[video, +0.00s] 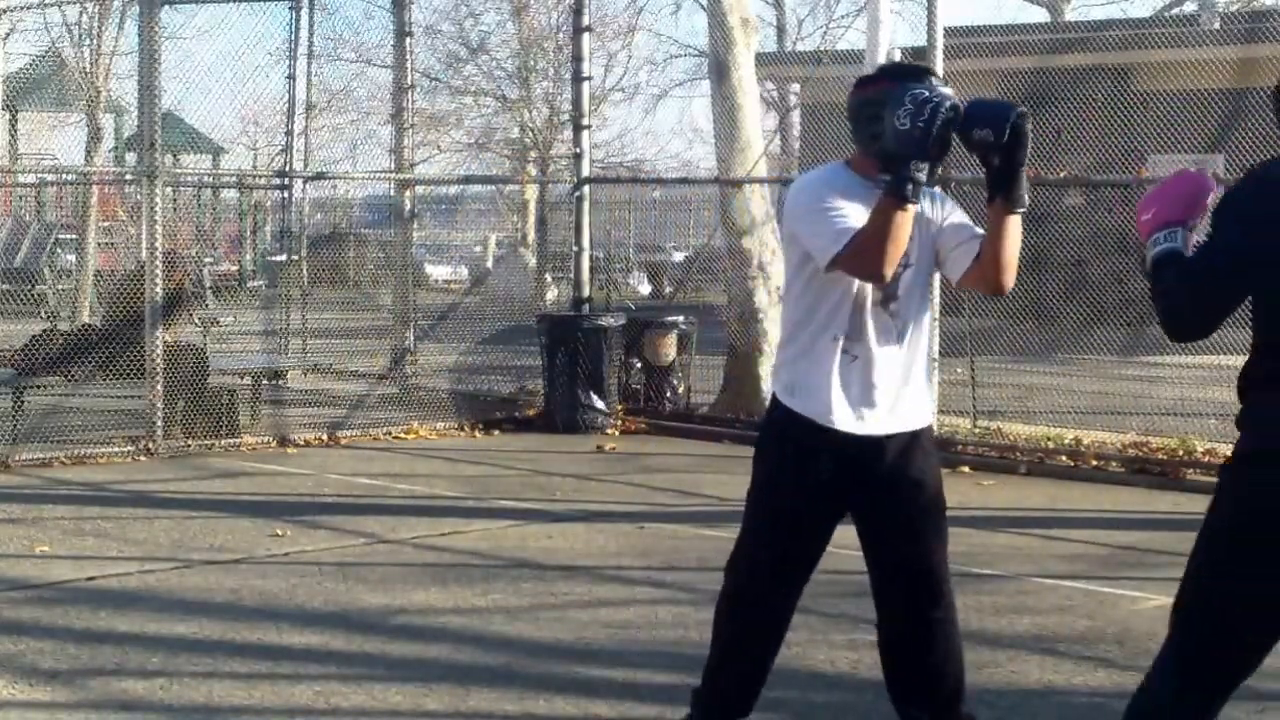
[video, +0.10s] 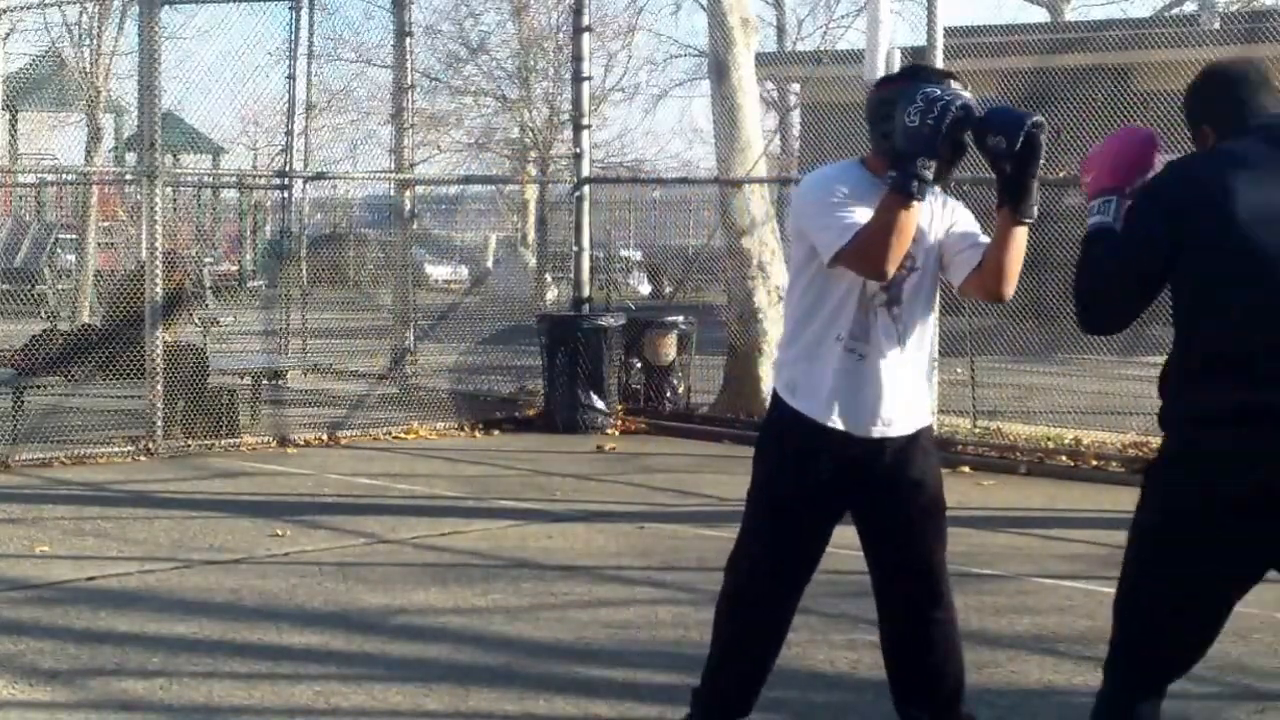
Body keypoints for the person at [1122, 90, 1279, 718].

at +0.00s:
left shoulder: (1266, 192)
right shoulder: (1262, 192)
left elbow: (1186, 315)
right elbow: (1189, 314)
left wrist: (1165, 234)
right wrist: (1180, 237)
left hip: (1268, 473)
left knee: (1192, 673)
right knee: (1193, 672)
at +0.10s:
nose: (1193, 143)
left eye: (1192, 131)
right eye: (1194, 133)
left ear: (1205, 131)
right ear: (1269, 116)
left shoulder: (1196, 185)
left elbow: (1100, 310)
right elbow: (1103, 309)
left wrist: (1103, 207)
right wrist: (1117, 207)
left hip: (1223, 460)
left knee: (1137, 670)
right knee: (1137, 667)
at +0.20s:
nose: (1116, 150)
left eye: (1114, 140)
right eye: (1118, 142)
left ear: (1124, 134)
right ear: (1194, 113)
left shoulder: (1117, 181)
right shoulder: (1269, 169)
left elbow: (1035, 299)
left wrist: (1060, 189)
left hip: (1148, 470)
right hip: (1264, 464)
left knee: (1111, 672)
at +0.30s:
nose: (1077, 140)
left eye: (1075, 130)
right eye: (1079, 133)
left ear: (1087, 124)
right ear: (1163, 102)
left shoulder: (1078, 174)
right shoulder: (1263, 166)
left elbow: (997, 295)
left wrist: (1004, 188)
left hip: (1108, 466)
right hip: (1235, 465)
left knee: (1091, 667)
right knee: (1273, 673)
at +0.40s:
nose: (1055, 130)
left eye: (1053, 119)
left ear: (1062, 115)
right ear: (1145, 96)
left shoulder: (1040, 172)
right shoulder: (1237, 174)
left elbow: (955, 309)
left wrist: (948, 229)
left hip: (1041, 484)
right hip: (1168, 493)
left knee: (1033, 673)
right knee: (1181, 701)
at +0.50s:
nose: (1006, 122)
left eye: (1007, 113)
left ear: (1014, 114)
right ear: (1103, 111)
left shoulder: (964, 179)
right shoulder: (1165, 177)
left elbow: (887, 296)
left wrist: (849, 250)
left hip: (969, 479)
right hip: (1092, 490)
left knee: (947, 656)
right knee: (1161, 696)